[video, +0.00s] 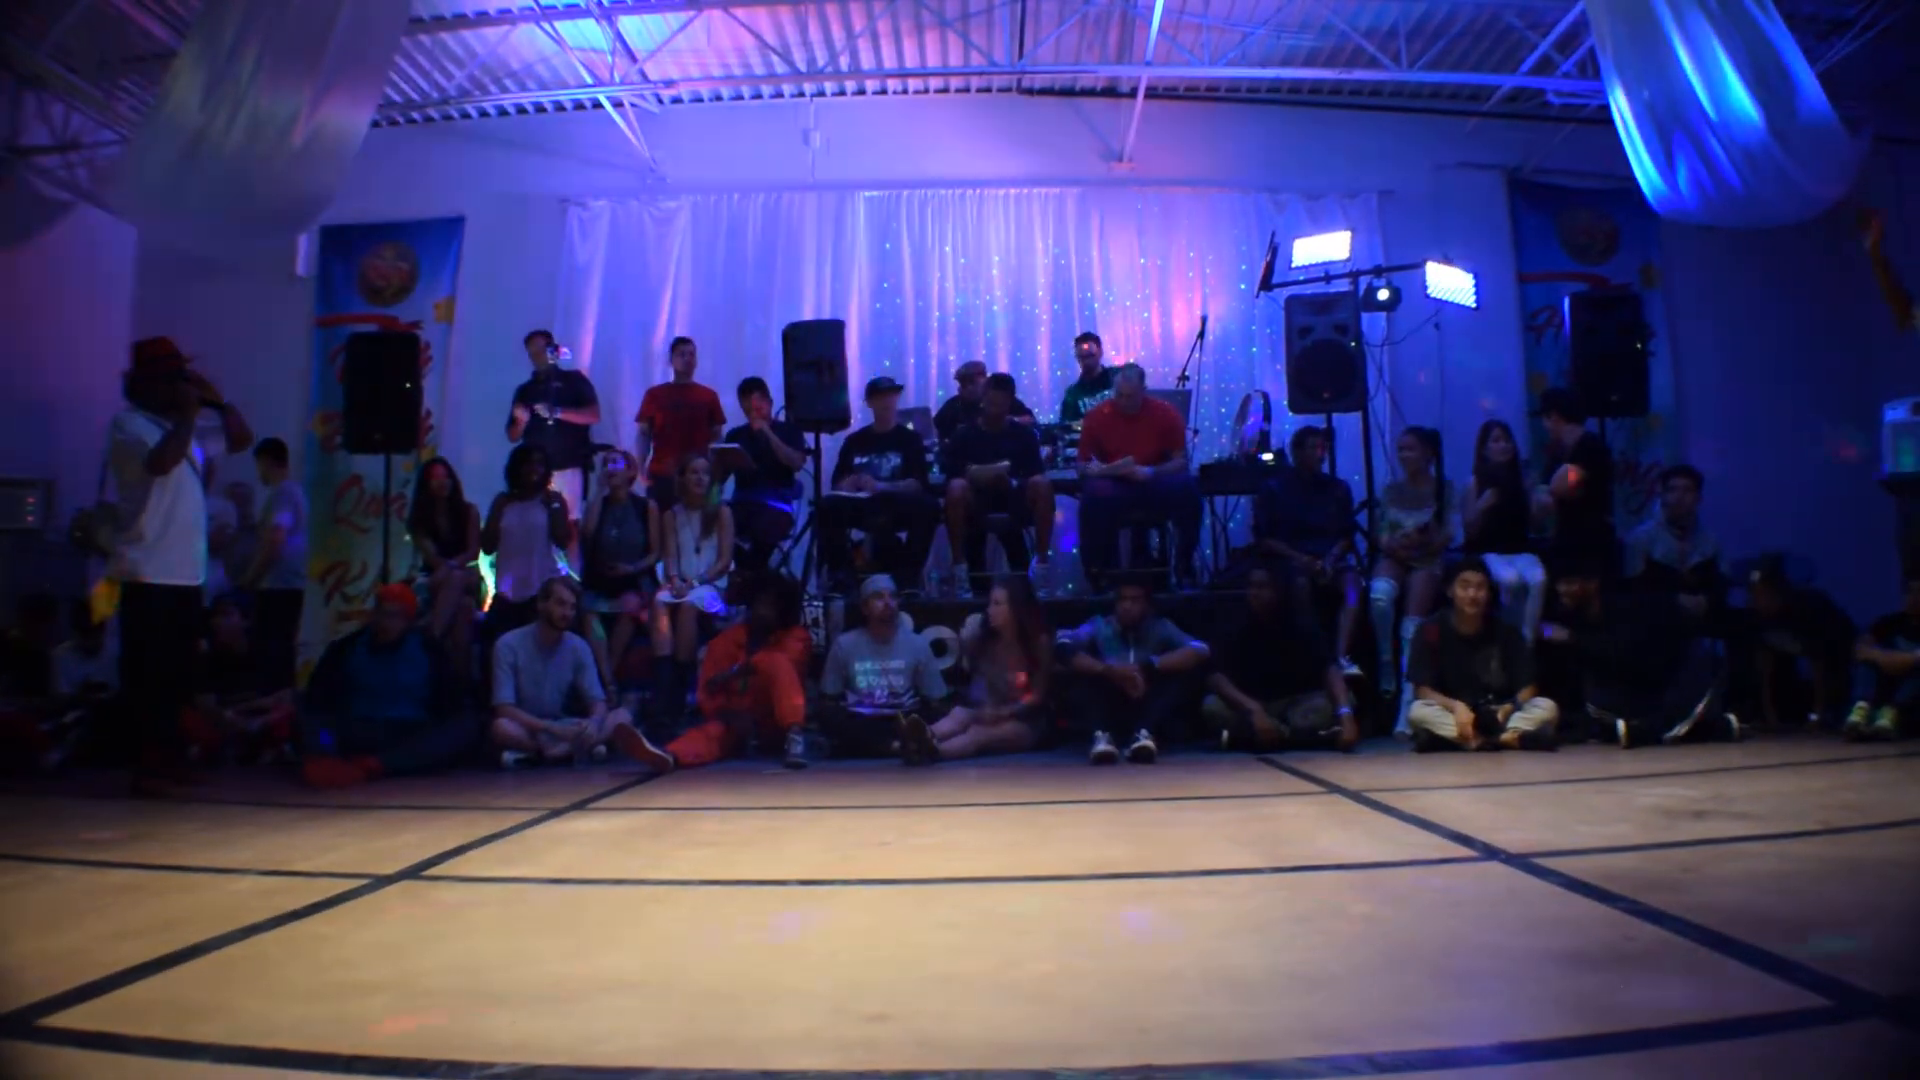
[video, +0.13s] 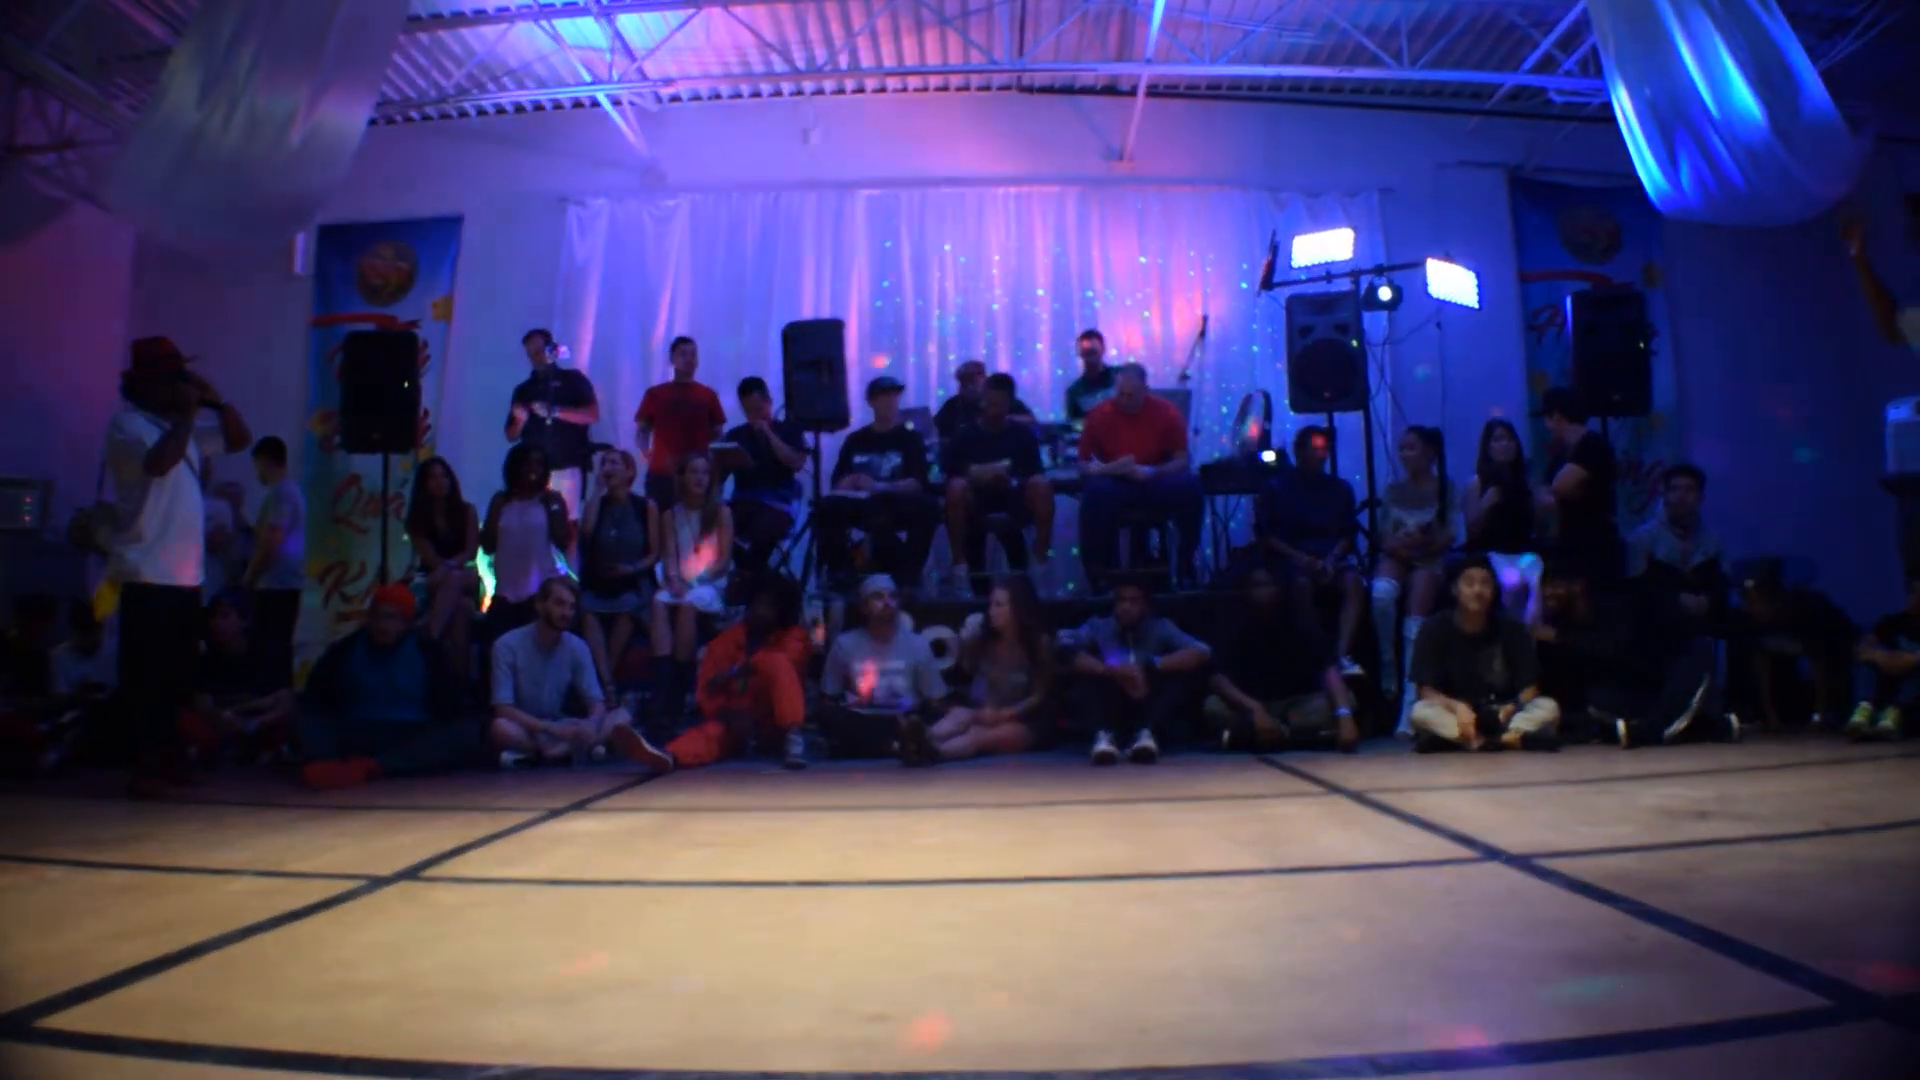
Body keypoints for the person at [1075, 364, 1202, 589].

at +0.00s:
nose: (1124, 402)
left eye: (1130, 396)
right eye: (1120, 395)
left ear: (1143, 391)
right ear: (1113, 391)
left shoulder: (1165, 414)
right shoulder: (1096, 417)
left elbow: (1180, 461)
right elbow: (1084, 466)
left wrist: (1150, 472)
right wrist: (1113, 469)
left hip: (1155, 483)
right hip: (1115, 485)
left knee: (1187, 491)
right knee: (1095, 492)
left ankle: (1184, 569)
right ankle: (1099, 574)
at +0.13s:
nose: (1125, 401)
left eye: (1131, 395)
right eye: (1121, 394)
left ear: (1145, 391)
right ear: (1115, 390)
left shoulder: (1167, 413)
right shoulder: (1099, 415)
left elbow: (1182, 460)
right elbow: (1085, 464)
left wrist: (1151, 471)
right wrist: (1113, 468)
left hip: (1156, 483)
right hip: (1117, 485)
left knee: (1189, 488)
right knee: (1096, 493)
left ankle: (1185, 569)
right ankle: (1099, 577)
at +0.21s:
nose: (1126, 400)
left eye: (1131, 394)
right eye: (1121, 394)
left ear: (1145, 391)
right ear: (1115, 390)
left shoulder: (1167, 413)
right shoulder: (1100, 415)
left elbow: (1181, 461)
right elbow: (1085, 464)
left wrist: (1151, 472)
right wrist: (1113, 469)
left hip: (1156, 484)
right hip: (1117, 485)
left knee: (1190, 489)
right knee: (1096, 494)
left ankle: (1185, 569)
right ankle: (1100, 577)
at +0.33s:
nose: (1125, 403)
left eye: (1131, 397)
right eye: (1120, 396)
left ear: (1144, 391)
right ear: (1114, 392)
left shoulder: (1166, 414)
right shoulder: (1098, 417)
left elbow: (1180, 462)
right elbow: (1084, 465)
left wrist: (1151, 472)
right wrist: (1111, 470)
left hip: (1154, 484)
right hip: (1116, 485)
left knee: (1189, 490)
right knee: (1095, 494)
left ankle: (1185, 566)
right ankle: (1097, 575)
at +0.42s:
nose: (1125, 403)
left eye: (1131, 397)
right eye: (1121, 397)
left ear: (1144, 391)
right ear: (1114, 391)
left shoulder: (1167, 414)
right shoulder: (1098, 416)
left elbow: (1180, 462)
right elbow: (1085, 466)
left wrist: (1151, 472)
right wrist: (1112, 470)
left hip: (1154, 483)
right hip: (1116, 484)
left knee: (1189, 490)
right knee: (1095, 494)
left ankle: (1185, 567)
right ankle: (1097, 573)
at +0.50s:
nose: (1125, 402)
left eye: (1130, 396)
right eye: (1120, 396)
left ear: (1143, 390)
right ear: (1114, 392)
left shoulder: (1166, 414)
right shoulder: (1098, 416)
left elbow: (1180, 462)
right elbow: (1085, 464)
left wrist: (1151, 473)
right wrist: (1110, 470)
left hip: (1154, 484)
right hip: (1116, 484)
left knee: (1189, 491)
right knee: (1095, 494)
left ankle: (1184, 567)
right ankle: (1097, 573)